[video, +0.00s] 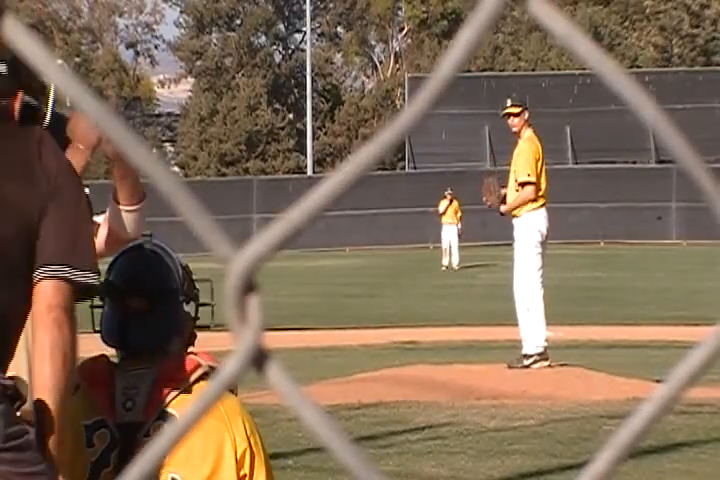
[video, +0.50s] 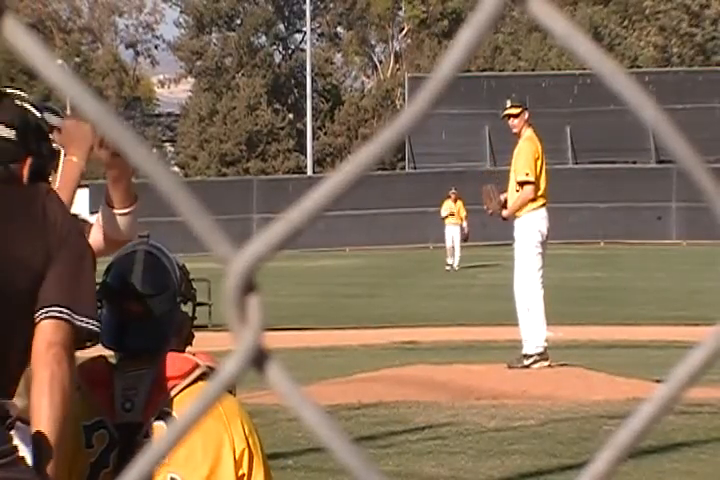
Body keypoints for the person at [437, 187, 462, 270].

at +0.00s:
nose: (449, 196)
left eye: (450, 194)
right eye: (448, 194)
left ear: (452, 194)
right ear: (445, 194)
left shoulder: (455, 202)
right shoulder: (443, 202)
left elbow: (458, 212)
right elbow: (440, 211)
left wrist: (459, 223)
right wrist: (447, 202)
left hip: (454, 224)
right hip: (445, 224)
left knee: (454, 244)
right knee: (445, 244)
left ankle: (455, 263)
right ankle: (445, 263)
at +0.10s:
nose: (451, 196)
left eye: (452, 194)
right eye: (449, 194)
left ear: (454, 194)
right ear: (447, 194)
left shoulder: (456, 202)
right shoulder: (444, 202)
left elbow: (460, 213)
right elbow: (442, 210)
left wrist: (461, 225)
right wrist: (449, 202)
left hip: (455, 224)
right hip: (446, 224)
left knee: (455, 244)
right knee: (445, 244)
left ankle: (455, 263)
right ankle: (444, 262)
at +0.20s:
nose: (452, 196)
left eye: (453, 194)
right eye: (450, 194)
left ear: (455, 195)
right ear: (448, 195)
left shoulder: (458, 203)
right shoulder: (445, 202)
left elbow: (461, 214)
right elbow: (443, 211)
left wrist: (463, 227)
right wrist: (450, 202)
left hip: (456, 224)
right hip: (448, 224)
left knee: (456, 244)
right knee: (446, 244)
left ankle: (455, 262)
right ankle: (445, 261)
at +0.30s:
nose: (452, 196)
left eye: (454, 194)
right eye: (451, 194)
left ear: (456, 195)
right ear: (449, 194)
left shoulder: (458, 203)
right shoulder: (446, 202)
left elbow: (462, 214)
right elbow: (443, 211)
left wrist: (464, 226)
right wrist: (450, 202)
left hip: (457, 224)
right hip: (448, 224)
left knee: (457, 244)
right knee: (447, 243)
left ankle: (456, 262)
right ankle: (446, 260)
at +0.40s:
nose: (453, 196)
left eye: (454, 194)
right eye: (451, 194)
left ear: (456, 195)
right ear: (449, 195)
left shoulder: (459, 203)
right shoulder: (447, 202)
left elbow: (463, 214)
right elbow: (443, 213)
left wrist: (465, 225)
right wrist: (450, 206)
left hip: (456, 224)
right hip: (448, 224)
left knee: (457, 244)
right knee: (448, 244)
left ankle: (455, 262)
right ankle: (448, 261)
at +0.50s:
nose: (453, 196)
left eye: (454, 194)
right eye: (452, 194)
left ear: (456, 195)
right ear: (449, 194)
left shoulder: (459, 203)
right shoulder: (446, 203)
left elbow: (463, 214)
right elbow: (442, 214)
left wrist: (465, 226)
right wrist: (448, 212)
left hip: (457, 224)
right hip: (449, 224)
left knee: (457, 244)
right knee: (449, 244)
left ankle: (456, 263)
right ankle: (449, 261)